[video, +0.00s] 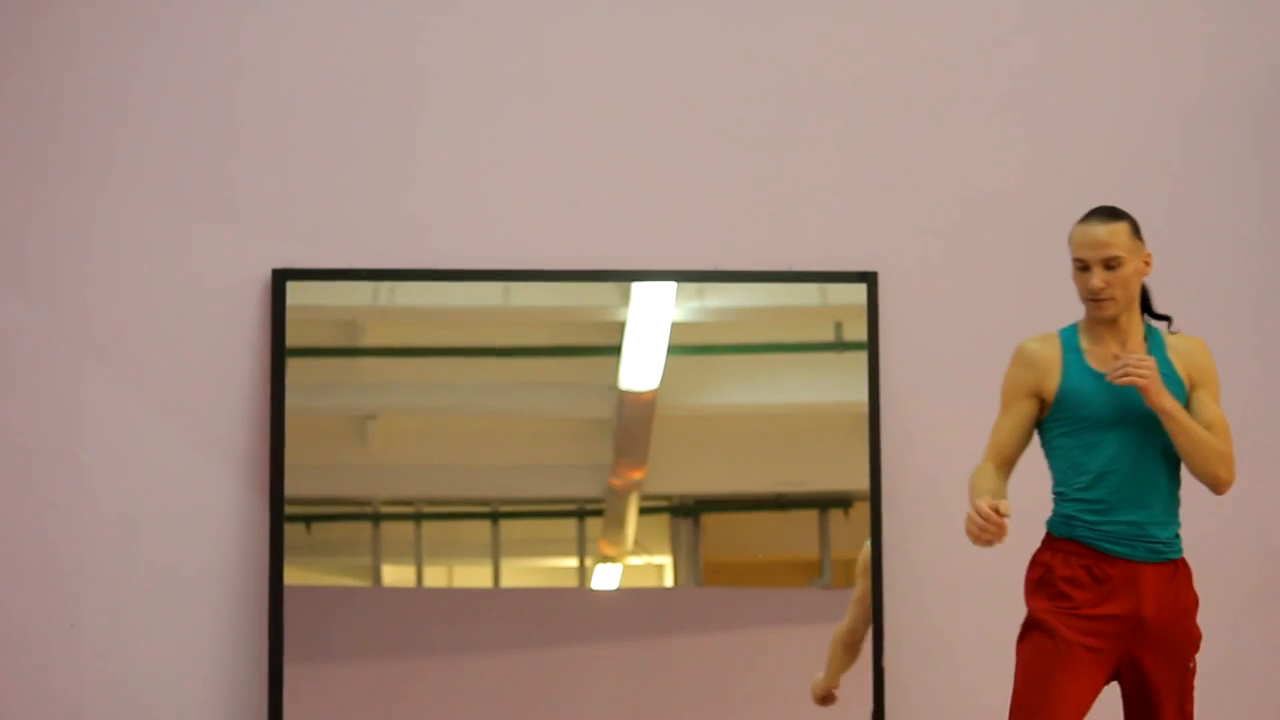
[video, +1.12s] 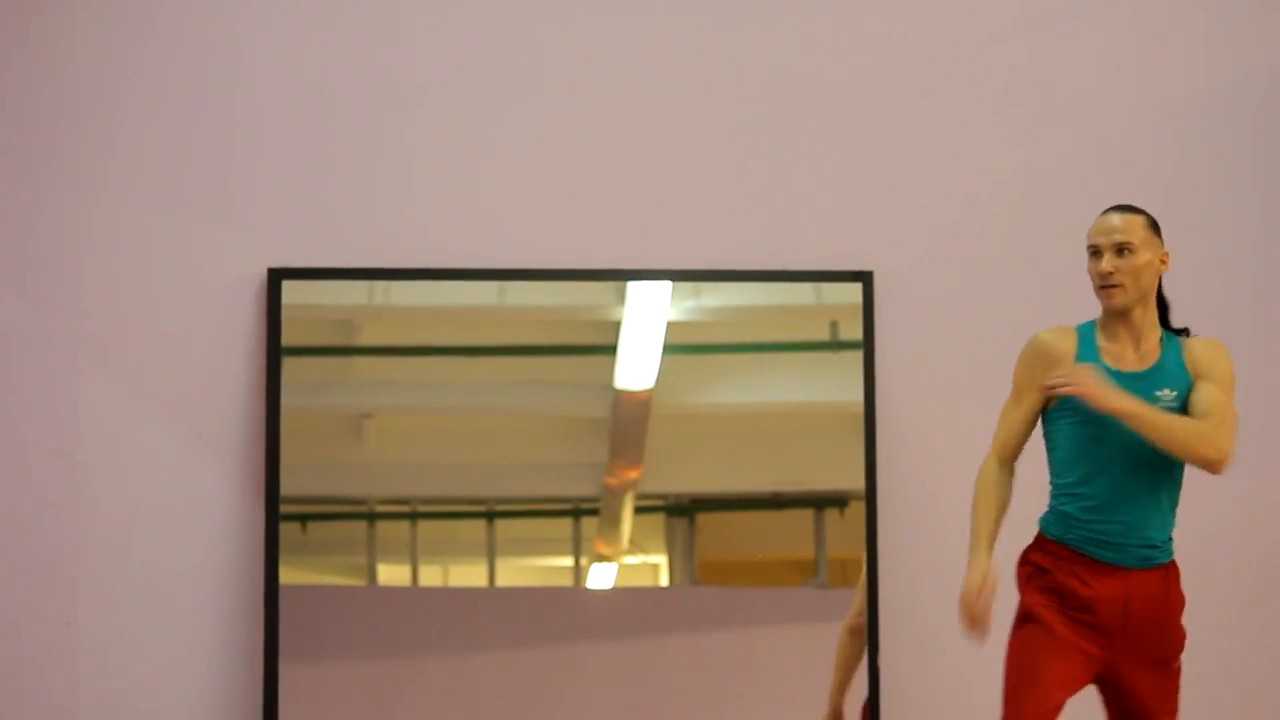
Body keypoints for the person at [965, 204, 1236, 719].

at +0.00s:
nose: (1096, 282)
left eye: (1111, 265)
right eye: (1083, 268)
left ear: (1144, 264)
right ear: (1072, 272)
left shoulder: (1186, 354)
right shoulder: (1039, 357)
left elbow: (1220, 474)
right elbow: (995, 462)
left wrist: (1162, 401)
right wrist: (986, 505)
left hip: (1161, 590)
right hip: (1072, 586)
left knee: (1168, 714)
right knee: (1036, 712)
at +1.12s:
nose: (1105, 266)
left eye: (1123, 250)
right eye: (1095, 254)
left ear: (1161, 260)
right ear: (1087, 266)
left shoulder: (1203, 357)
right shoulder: (1052, 351)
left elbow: (1214, 449)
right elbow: (1001, 459)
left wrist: (1113, 399)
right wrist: (980, 558)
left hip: (1148, 596)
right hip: (1058, 589)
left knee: (1152, 712)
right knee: (1024, 712)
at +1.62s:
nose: (915, 261)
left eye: (931, 245)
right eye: (907, 249)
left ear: (973, 254)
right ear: (899, 266)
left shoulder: (1012, 329)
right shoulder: (893, 352)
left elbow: (1115, 383)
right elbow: (775, 373)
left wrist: (1210, 436)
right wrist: (747, 327)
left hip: (1052, 572)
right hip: (968, 591)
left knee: (1086, 701)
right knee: (934, 713)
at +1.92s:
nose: (755, 441)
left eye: (772, 425)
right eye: (753, 431)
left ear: (830, 427)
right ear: (753, 444)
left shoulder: (872, 491)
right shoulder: (838, 534)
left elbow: (1010, 482)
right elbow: (902, 648)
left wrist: (1156, 478)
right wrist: (873, 708)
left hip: (1022, 646)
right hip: (996, 655)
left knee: (918, 716)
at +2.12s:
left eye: (726, 313)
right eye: (787, 276)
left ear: (730, 314)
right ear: (789, 282)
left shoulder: (724, 385)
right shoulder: (858, 310)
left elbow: (776, 486)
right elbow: (929, 230)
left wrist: (731, 536)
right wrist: (863, 176)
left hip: (900, 558)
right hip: (967, 538)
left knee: (867, 707)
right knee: (956, 708)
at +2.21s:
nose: (807, 182)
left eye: (801, 170)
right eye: (793, 171)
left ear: (743, 194)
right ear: (749, 187)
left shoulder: (718, 290)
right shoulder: (791, 212)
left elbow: (846, 288)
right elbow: (897, 136)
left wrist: (941, 244)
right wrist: (851, 96)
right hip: (886, 442)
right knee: (972, 631)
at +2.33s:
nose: (812, 142)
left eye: (826, 131)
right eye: (796, 127)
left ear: (837, 137)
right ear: (761, 131)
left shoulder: (813, 218)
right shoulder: (756, 180)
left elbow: (921, 271)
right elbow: (879, 209)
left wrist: (1038, 274)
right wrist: (969, 191)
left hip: (732, 439)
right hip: (731, 387)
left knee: (891, 516)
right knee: (929, 346)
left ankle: (900, 668)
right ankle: (1014, 523)